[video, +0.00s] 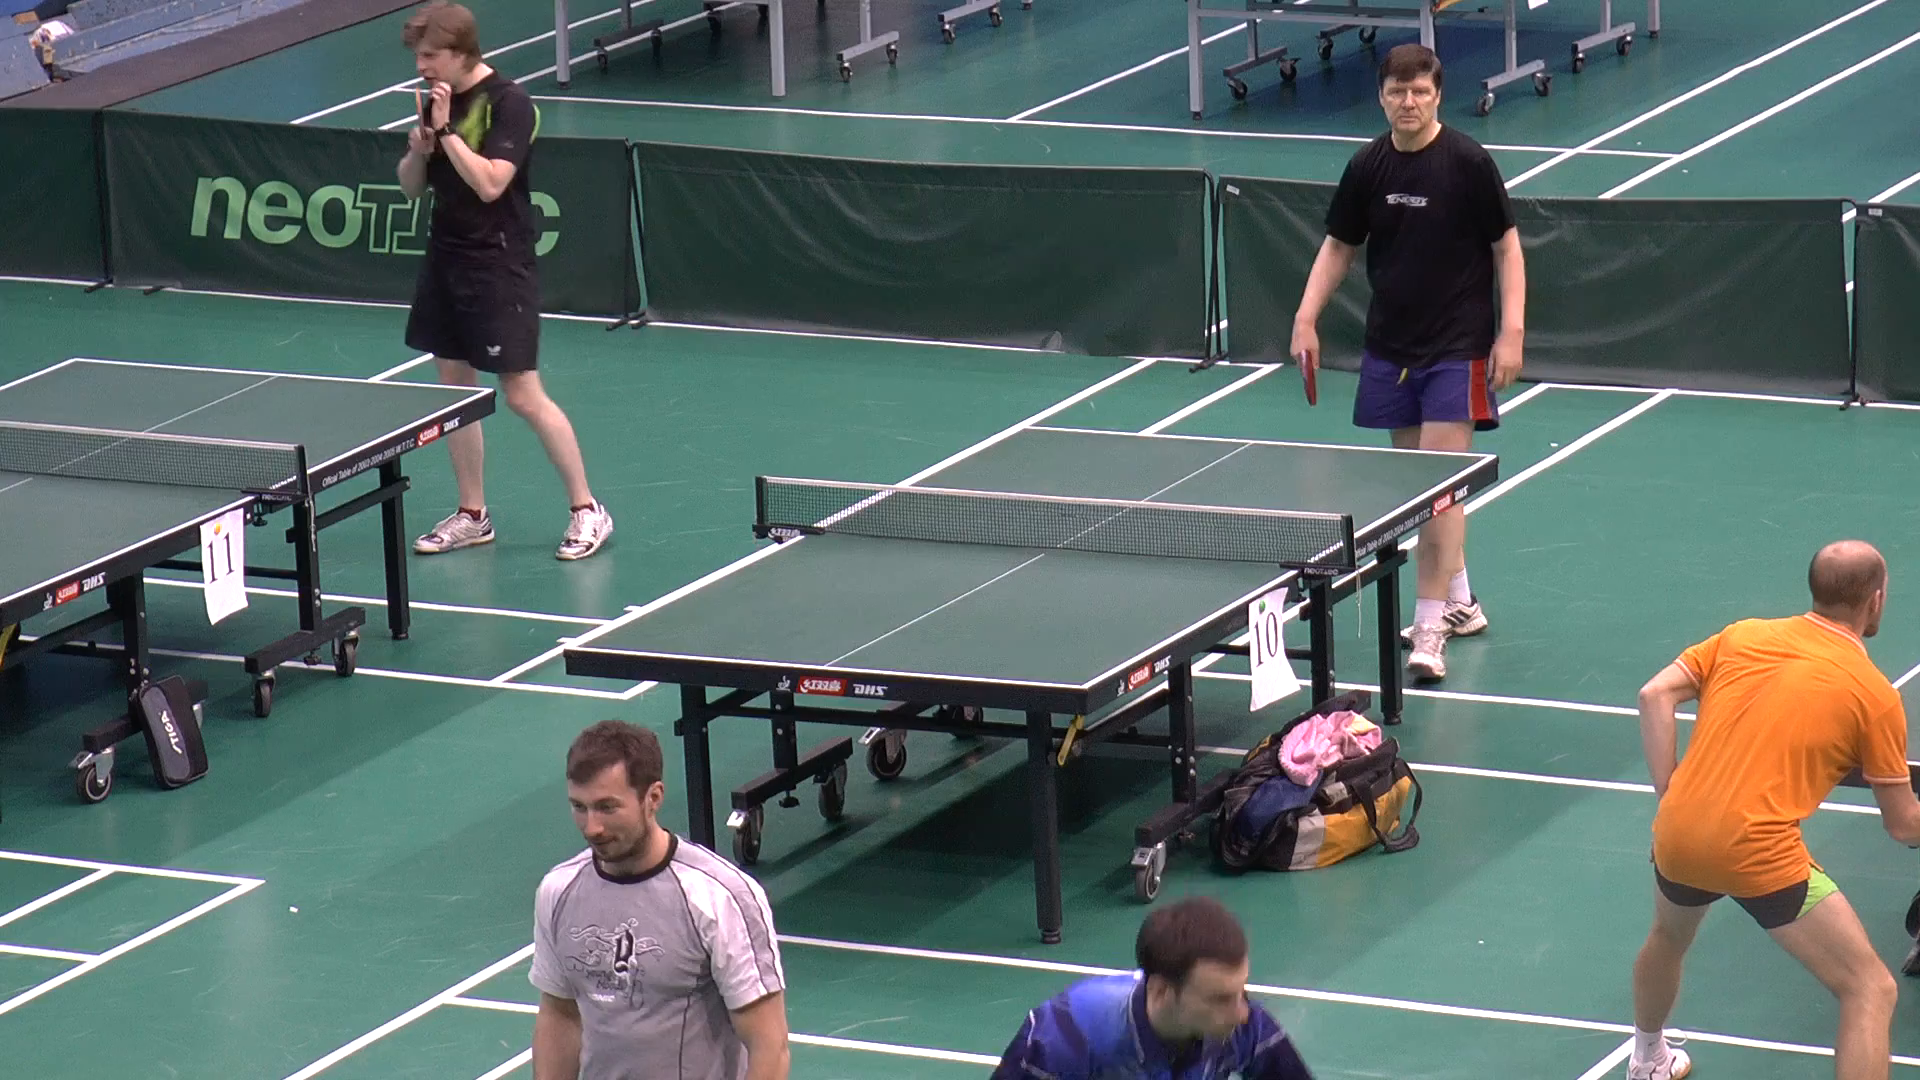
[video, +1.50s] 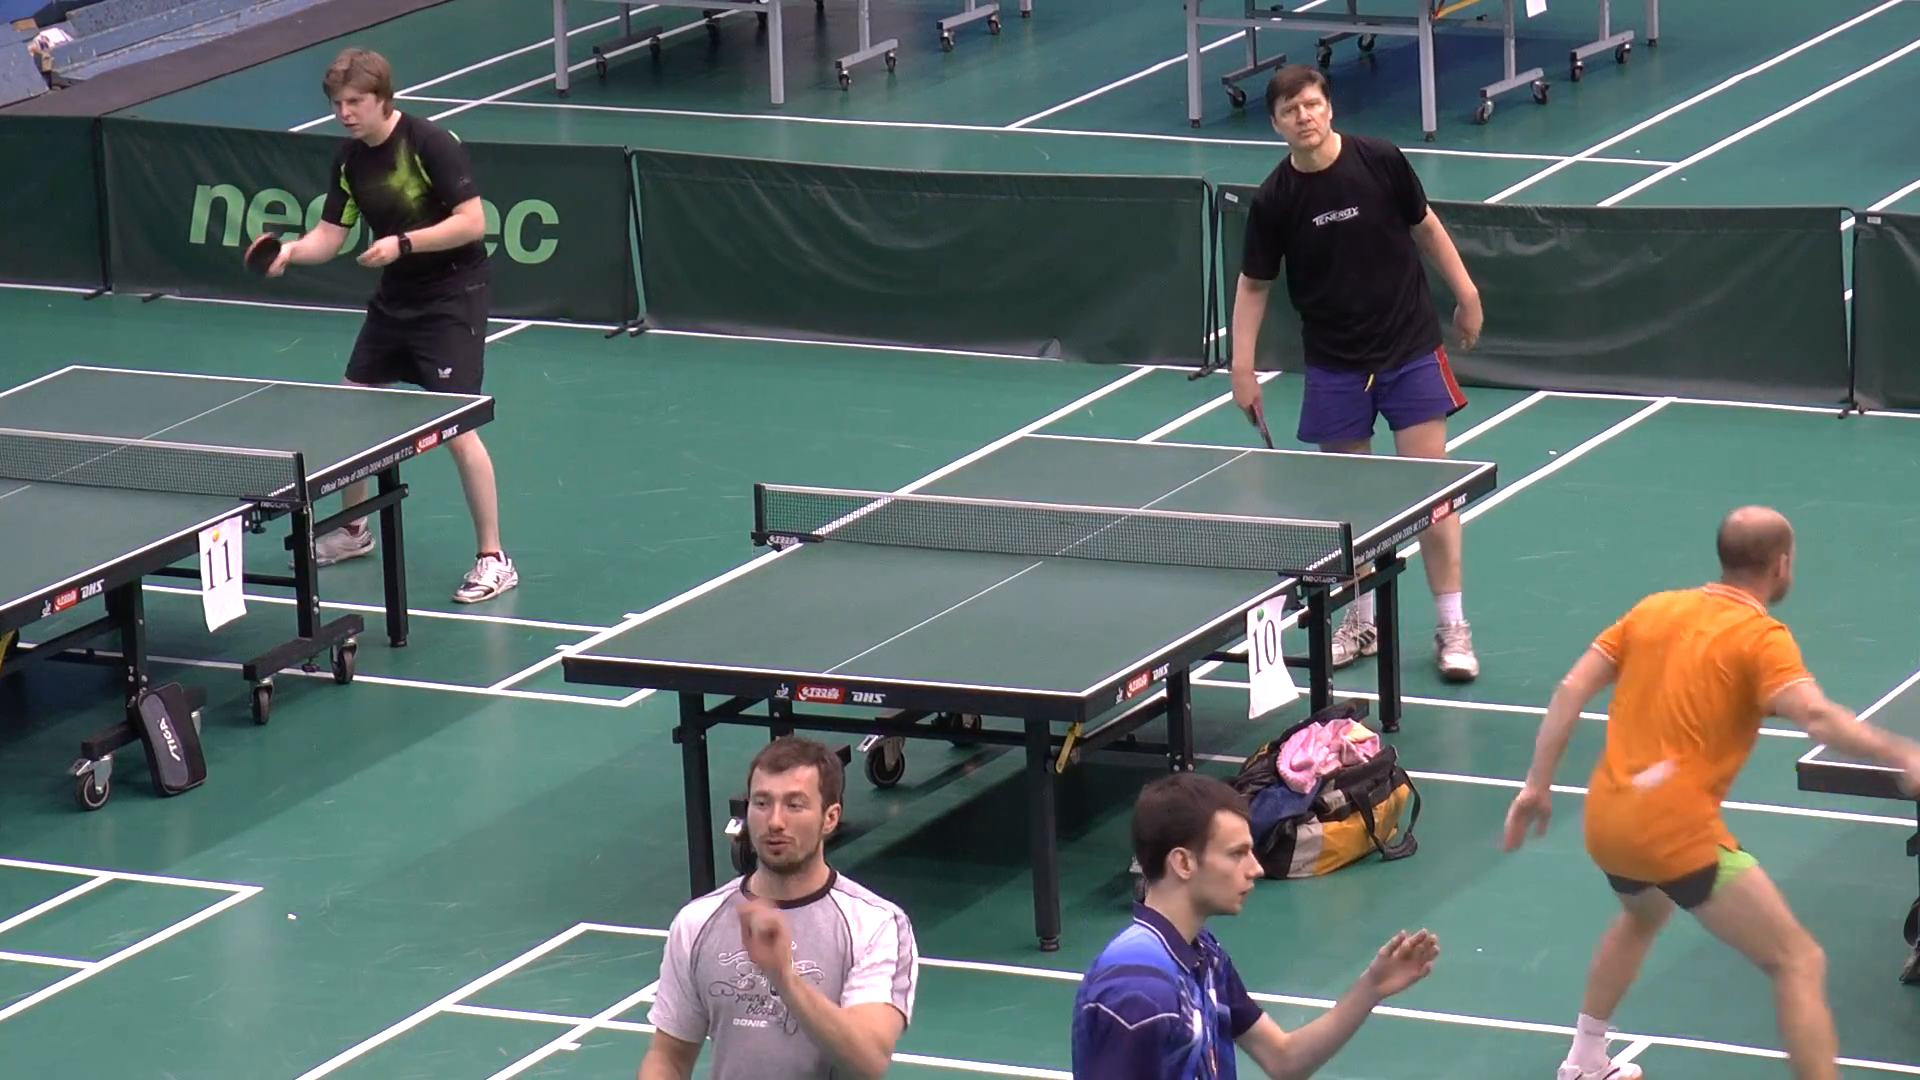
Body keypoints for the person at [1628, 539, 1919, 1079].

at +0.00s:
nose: (1884, 599)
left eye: (1883, 590)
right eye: (1884, 591)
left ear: (1815, 591)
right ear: (1874, 600)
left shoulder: (1741, 634)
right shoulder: (1874, 693)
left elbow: (1656, 694)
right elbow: (1904, 823)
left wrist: (1666, 793)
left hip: (1677, 836)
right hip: (1759, 852)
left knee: (1666, 939)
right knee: (1868, 987)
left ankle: (1646, 1058)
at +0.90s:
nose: (1883, 555)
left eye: (1881, 545)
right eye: (1883, 547)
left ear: (1810, 556)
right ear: (1875, 557)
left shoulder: (1754, 619)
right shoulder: (1903, 648)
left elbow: (1687, 722)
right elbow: (1908, 750)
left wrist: (1736, 771)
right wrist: (1891, 753)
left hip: (1747, 836)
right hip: (1840, 846)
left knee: (1709, 937)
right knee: (1915, 943)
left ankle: (1673, 1065)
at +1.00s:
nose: (1876, 571)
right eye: (1876, 564)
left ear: (1806, 574)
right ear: (1871, 574)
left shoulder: (1761, 638)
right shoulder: (1906, 663)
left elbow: (1706, 722)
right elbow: (1909, 797)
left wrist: (1744, 713)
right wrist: (1875, 787)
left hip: (1765, 854)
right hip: (1863, 859)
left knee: (1714, 938)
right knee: (1913, 947)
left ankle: (1675, 1065)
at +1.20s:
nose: (1869, 597)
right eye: (1869, 590)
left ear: (1803, 595)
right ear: (1867, 595)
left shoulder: (1756, 647)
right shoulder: (1899, 674)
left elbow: (1649, 697)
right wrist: (1883, 652)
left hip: (1733, 870)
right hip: (1829, 882)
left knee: (1689, 913)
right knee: (1917, 973)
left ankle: (1655, 1055)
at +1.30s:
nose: (1847, 597)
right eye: (1845, 588)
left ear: (1778, 585)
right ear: (1840, 595)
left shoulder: (1714, 633)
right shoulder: (1861, 657)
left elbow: (1625, 688)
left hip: (1667, 846)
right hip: (1750, 865)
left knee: (1681, 899)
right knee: (1895, 970)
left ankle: (1601, 1038)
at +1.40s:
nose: (1813, 590)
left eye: (1809, 579)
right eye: (1811, 581)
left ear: (1741, 583)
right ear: (1801, 589)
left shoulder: (1674, 631)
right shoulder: (1800, 659)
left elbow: (1607, 690)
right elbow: (1898, 685)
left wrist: (1541, 774)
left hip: (1637, 849)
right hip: (1715, 861)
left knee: (1661, 924)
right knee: (1851, 968)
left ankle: (1587, 1059)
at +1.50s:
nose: (1792, 568)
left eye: (1791, 558)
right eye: (1791, 558)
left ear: (1724, 559)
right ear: (1779, 565)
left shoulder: (1653, 609)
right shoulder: (1763, 636)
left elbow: (1570, 689)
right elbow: (1812, 714)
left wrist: (1537, 784)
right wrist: (1903, 753)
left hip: (1607, 825)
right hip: (1678, 836)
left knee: (1642, 913)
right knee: (1797, 960)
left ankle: (1584, 1058)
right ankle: (1820, 1071)